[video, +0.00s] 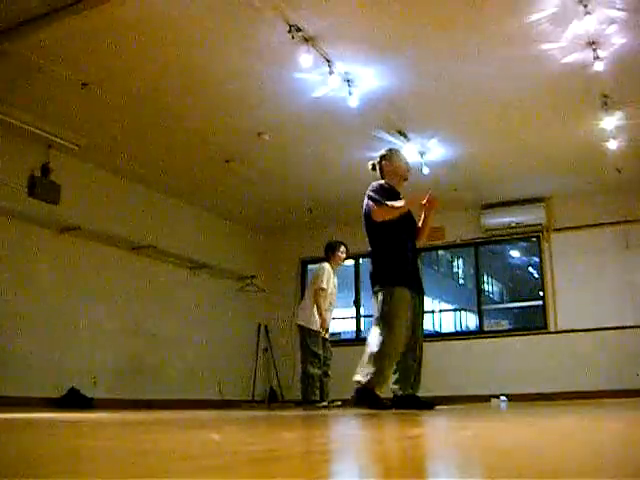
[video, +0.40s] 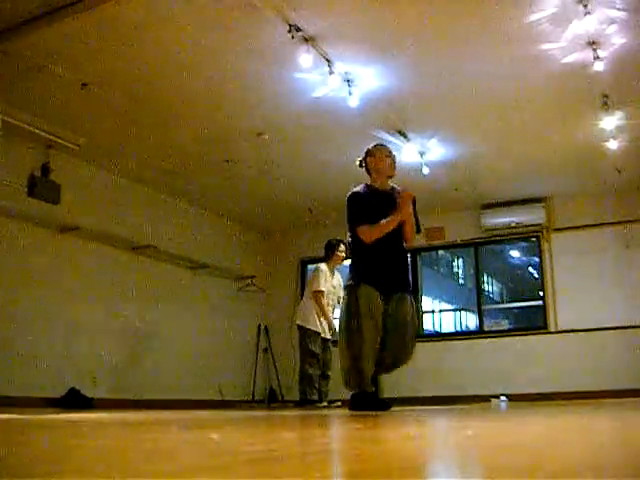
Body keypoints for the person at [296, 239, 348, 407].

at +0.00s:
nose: (343, 256)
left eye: (344, 253)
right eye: (340, 252)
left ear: (342, 256)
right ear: (331, 253)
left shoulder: (331, 273)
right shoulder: (324, 268)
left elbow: (326, 298)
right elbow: (319, 294)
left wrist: (326, 322)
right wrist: (323, 320)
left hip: (320, 322)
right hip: (311, 320)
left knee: (325, 358)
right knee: (314, 360)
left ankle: (323, 396)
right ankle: (312, 398)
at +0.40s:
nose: (341, 255)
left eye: (343, 252)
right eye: (338, 251)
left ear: (345, 256)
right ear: (330, 253)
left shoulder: (337, 277)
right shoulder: (320, 270)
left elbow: (339, 299)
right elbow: (318, 295)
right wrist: (329, 322)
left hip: (326, 320)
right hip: (311, 318)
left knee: (325, 360)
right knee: (312, 359)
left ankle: (322, 396)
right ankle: (310, 396)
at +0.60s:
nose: (343, 253)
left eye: (344, 250)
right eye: (340, 250)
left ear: (343, 254)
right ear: (331, 252)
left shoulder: (339, 276)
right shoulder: (321, 270)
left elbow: (340, 300)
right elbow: (313, 295)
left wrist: (349, 312)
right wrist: (318, 321)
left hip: (326, 321)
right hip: (311, 320)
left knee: (326, 360)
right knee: (312, 359)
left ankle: (324, 395)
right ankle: (308, 396)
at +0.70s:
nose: (344, 253)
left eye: (345, 250)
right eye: (341, 250)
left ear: (345, 254)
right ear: (332, 252)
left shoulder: (340, 275)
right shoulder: (322, 269)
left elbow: (335, 297)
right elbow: (307, 285)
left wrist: (344, 307)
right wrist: (304, 307)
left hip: (328, 320)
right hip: (314, 318)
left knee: (328, 359)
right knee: (316, 356)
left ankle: (324, 395)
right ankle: (309, 395)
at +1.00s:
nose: (344, 253)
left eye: (346, 251)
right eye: (340, 250)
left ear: (347, 255)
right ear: (332, 253)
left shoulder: (342, 280)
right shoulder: (322, 269)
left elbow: (338, 304)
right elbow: (306, 291)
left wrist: (351, 292)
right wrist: (298, 313)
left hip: (329, 324)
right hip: (315, 320)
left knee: (338, 356)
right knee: (329, 356)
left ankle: (323, 395)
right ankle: (321, 397)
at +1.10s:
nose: (341, 255)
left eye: (343, 252)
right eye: (337, 251)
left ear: (346, 257)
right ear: (329, 254)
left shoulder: (346, 278)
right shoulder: (318, 271)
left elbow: (357, 298)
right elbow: (303, 288)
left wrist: (356, 279)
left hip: (336, 324)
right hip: (315, 322)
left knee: (350, 355)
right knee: (324, 356)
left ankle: (335, 379)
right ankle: (322, 397)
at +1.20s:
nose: (342, 251)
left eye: (345, 249)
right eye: (339, 247)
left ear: (348, 253)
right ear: (332, 250)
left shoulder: (349, 274)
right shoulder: (318, 263)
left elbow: (364, 294)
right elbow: (299, 268)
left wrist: (361, 283)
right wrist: (307, 272)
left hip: (333, 314)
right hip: (312, 314)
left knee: (336, 333)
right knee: (314, 359)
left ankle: (336, 362)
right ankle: (319, 397)